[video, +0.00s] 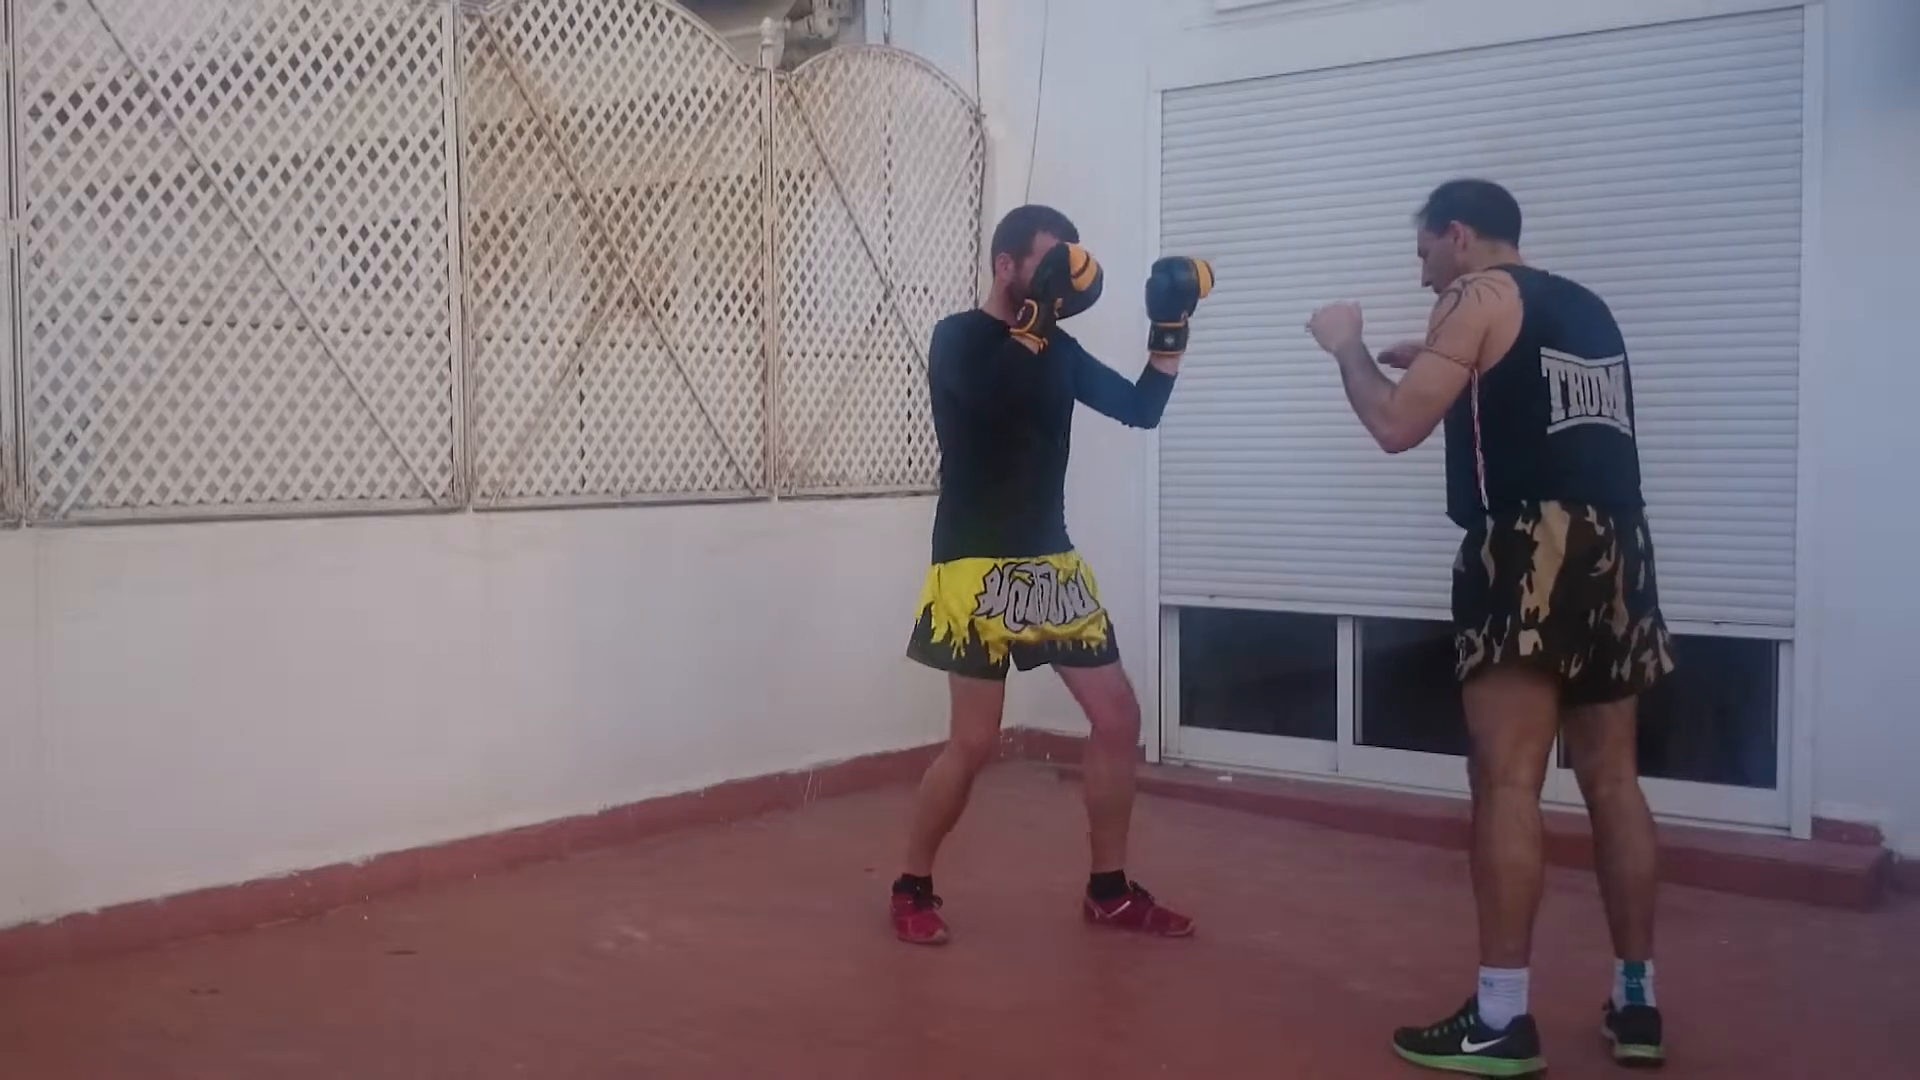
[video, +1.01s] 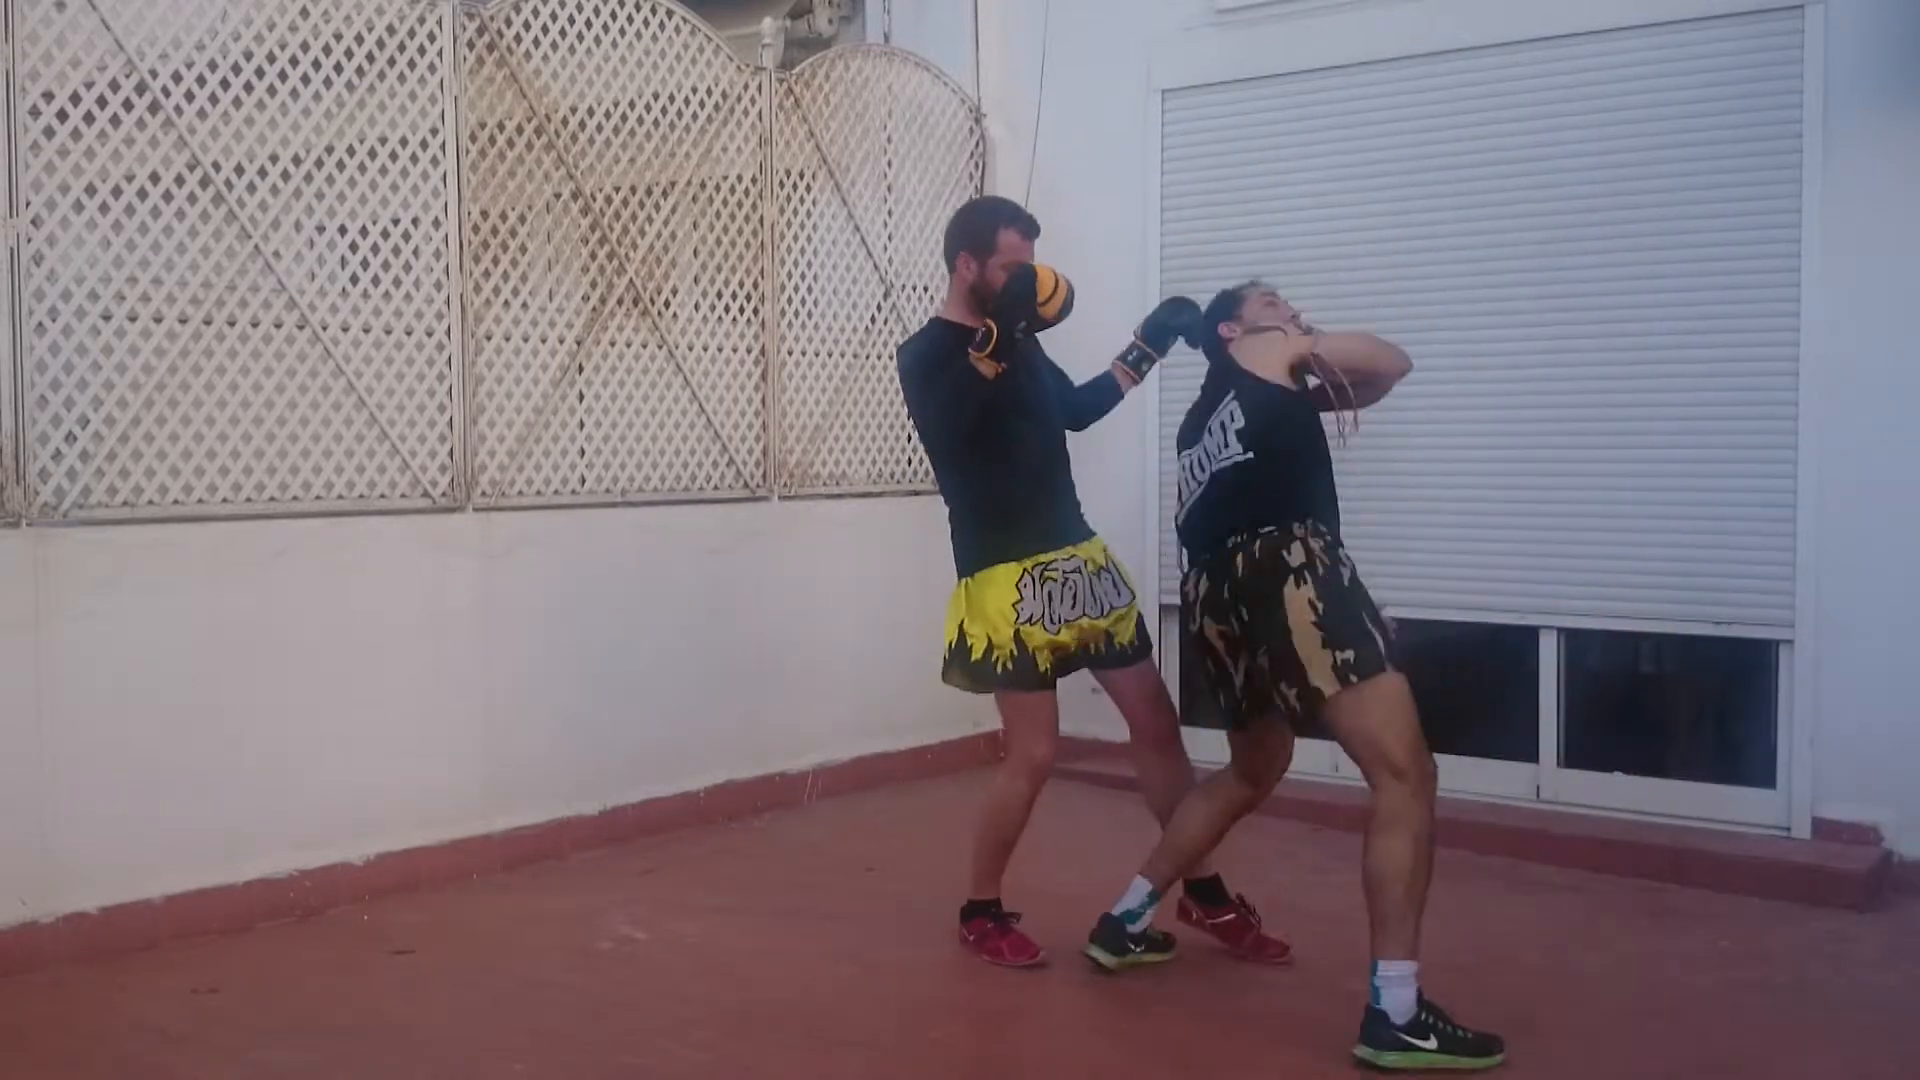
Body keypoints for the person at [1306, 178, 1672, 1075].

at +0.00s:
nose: (1428, 273)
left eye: (1427, 257)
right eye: (1424, 260)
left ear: (1455, 237)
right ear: (1504, 235)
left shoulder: (1485, 300)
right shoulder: (1588, 306)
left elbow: (1395, 423)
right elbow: (1522, 393)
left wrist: (1346, 348)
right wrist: (1419, 359)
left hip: (1522, 556)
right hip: (1617, 558)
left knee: (1507, 781)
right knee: (1613, 779)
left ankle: (1499, 1016)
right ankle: (1636, 1003)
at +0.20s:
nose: (1428, 275)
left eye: (1426, 259)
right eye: (1423, 263)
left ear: (1456, 238)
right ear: (1505, 239)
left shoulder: (1479, 302)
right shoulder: (1587, 311)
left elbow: (1389, 423)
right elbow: (1514, 405)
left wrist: (1345, 349)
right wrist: (1410, 364)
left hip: (1512, 557)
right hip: (1611, 559)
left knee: (1482, 782)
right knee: (1610, 785)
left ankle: (1499, 1018)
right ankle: (1640, 1006)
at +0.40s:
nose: (1409, 316)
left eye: (1408, 303)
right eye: (1406, 306)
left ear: (1434, 285)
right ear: (1489, 285)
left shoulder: (1442, 333)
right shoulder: (1567, 346)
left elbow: (1341, 447)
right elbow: (1530, 444)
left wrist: (1331, 366)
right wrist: (1417, 378)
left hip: (1488, 573)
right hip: (1595, 588)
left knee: (1364, 745)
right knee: (1595, 791)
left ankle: (1371, 973)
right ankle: (1639, 1003)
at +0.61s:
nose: (1319, 431)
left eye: (1319, 422)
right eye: (1321, 422)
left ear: (1339, 412)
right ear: (1400, 401)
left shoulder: (1329, 456)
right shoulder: (1472, 417)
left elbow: (1218, 552)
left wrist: (1256, 497)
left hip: (1423, 615)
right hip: (1544, 604)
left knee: (1295, 769)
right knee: (1607, 794)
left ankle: (1173, 925)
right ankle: (1644, 1003)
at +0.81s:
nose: (1213, 468)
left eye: (1213, 461)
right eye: (1212, 460)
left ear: (1226, 455)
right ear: (1281, 432)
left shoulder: (1217, 494)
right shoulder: (1346, 435)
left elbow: (1146, 608)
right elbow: (1411, 525)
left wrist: (1145, 645)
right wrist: (1400, 597)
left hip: (1280, 593)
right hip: (1393, 580)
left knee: (1215, 750)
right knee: (1511, 787)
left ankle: (1149, 928)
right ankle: (1573, 1001)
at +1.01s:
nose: (1294, 310)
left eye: (1289, 301)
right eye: (1276, 300)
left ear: (1223, 345)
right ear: (1232, 326)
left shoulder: (1198, 427)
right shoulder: (1263, 350)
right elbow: (1390, 361)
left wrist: (1316, 385)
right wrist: (1318, 361)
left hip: (1220, 593)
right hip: (1294, 572)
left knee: (1252, 769)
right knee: (1405, 774)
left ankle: (1123, 922)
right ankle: (1396, 1013)